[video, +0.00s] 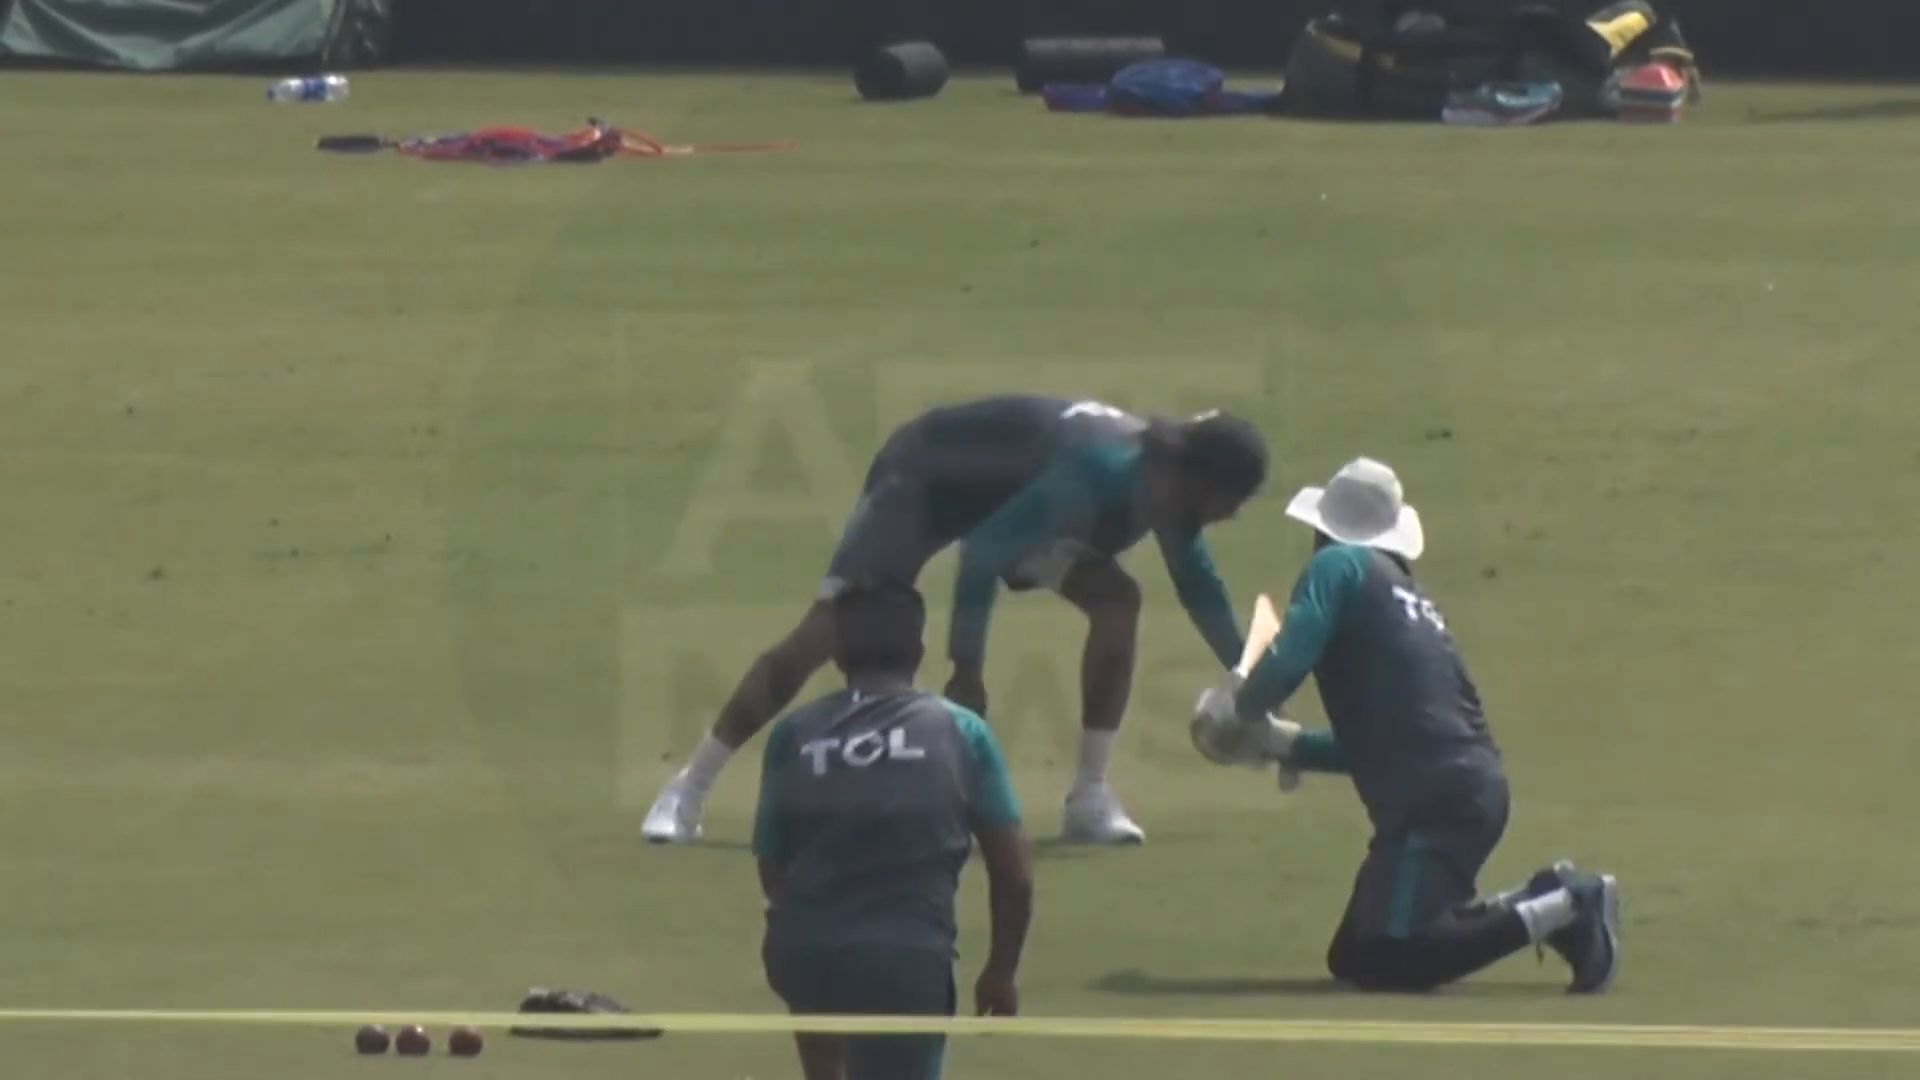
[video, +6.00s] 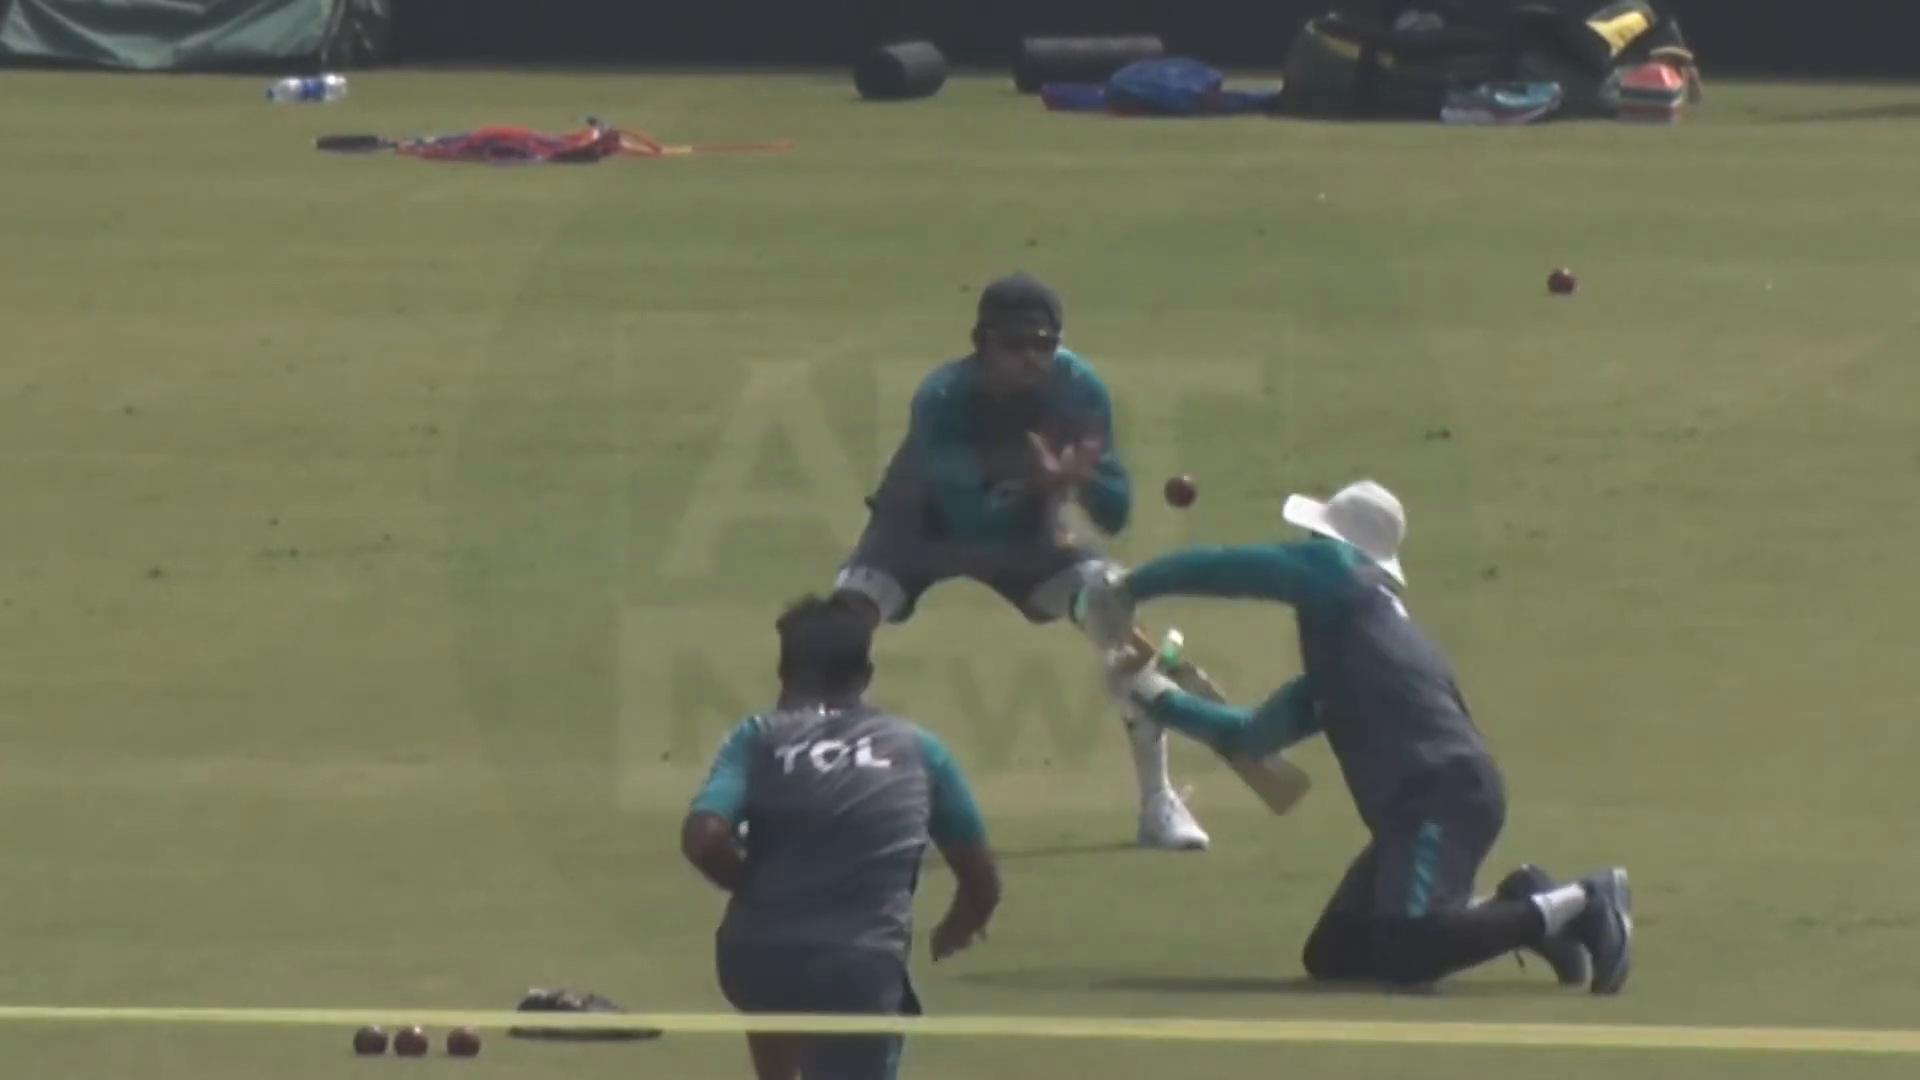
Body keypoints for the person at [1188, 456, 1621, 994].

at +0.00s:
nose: (1312, 536)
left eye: (1318, 528)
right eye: (1314, 527)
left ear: (1333, 528)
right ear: (1384, 532)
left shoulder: (1338, 564)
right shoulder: (1399, 592)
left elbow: (1286, 666)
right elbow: (1385, 750)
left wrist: (1238, 707)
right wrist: (1286, 743)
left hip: (1441, 796)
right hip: (1451, 791)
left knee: (1378, 962)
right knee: (1355, 957)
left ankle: (1561, 909)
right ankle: (1533, 906)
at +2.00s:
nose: (1419, 580)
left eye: (1437, 566)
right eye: (1413, 565)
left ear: (1479, 576)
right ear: (1403, 568)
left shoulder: (1504, 654)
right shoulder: (1440, 640)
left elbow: (1533, 783)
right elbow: (1437, 749)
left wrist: (1437, 844)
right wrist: (1394, 799)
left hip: (1533, 858)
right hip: (1476, 851)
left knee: (1415, 970)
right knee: (1357, 958)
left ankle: (1578, 918)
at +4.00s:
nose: (1422, 582)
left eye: (1440, 566)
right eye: (1414, 567)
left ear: (1477, 575)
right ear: (1402, 574)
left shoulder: (1495, 649)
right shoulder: (1439, 647)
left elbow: (1523, 776)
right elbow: (1452, 764)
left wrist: (1433, 839)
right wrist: (1402, 801)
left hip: (1533, 855)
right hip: (1482, 850)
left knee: (1415, 970)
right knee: (1357, 958)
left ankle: (1580, 919)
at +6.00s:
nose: (1300, 544)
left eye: (1313, 538)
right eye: (1305, 535)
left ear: (1343, 549)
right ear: (1371, 559)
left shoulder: (1341, 579)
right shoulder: (1350, 654)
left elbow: (1218, 568)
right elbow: (1250, 735)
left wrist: (1126, 586)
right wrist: (1151, 692)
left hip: (1445, 798)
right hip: (1415, 815)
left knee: (1396, 952)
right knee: (1333, 955)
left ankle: (1579, 905)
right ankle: (1508, 915)